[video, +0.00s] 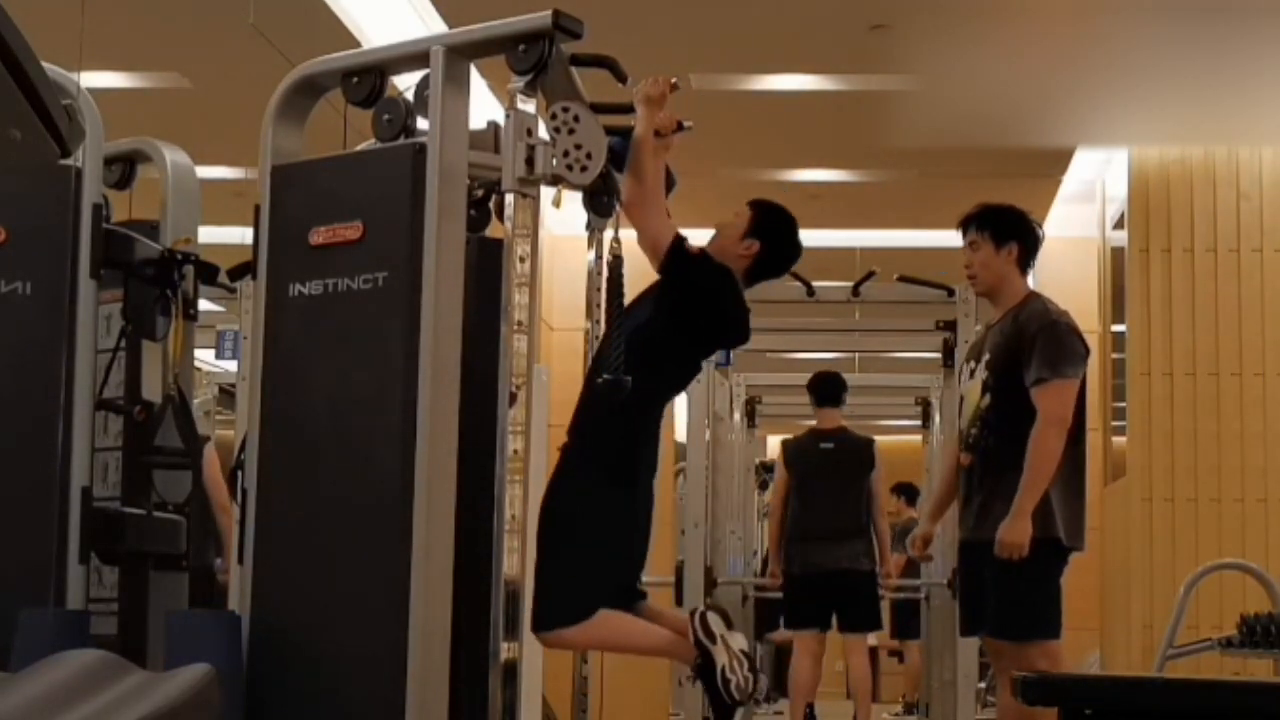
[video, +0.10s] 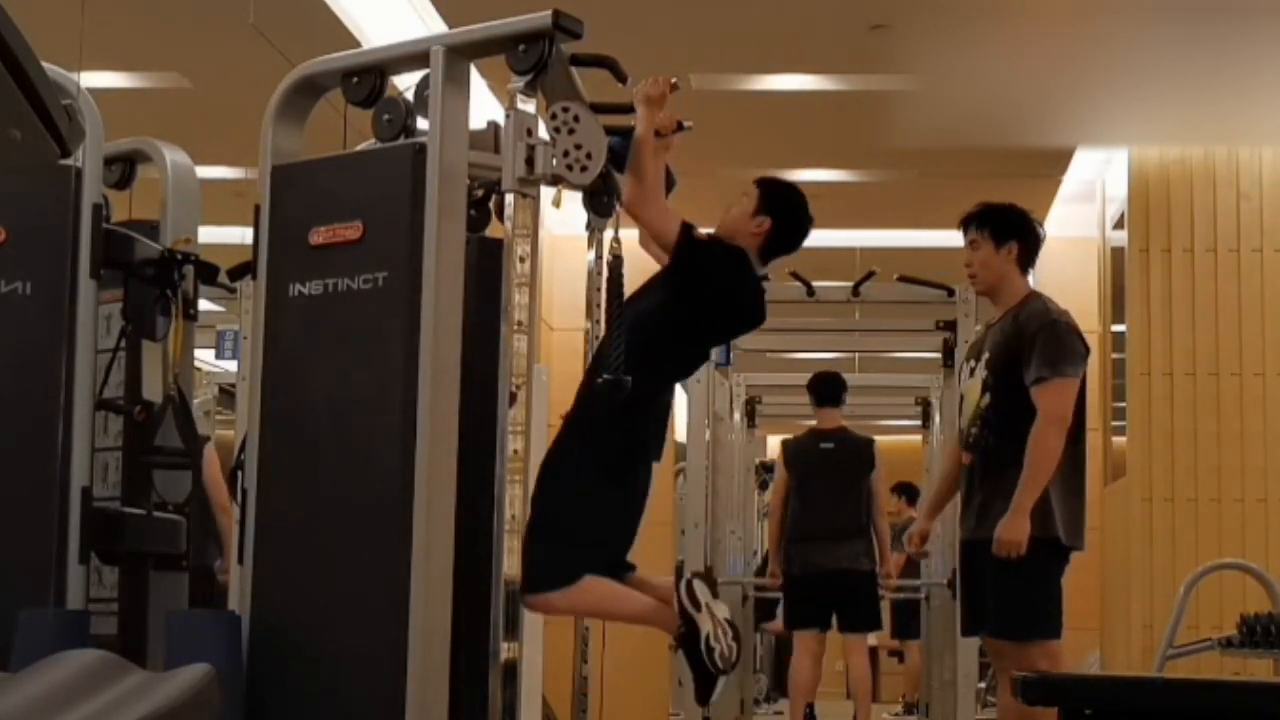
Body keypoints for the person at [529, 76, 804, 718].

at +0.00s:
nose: (722, 219)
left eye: (734, 219)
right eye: (732, 215)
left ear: (747, 248)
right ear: (751, 253)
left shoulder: (707, 286)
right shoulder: (707, 288)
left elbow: (642, 208)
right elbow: (646, 214)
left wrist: (644, 125)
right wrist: (656, 137)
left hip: (603, 455)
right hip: (621, 456)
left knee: (558, 621)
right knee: (607, 602)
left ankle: (699, 654)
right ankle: (702, 630)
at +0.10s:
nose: (730, 206)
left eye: (743, 201)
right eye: (740, 199)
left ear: (759, 223)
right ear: (769, 235)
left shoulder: (721, 265)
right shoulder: (732, 281)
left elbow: (643, 205)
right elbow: (647, 230)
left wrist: (644, 123)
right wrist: (657, 145)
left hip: (605, 427)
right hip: (628, 431)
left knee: (544, 589)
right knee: (593, 567)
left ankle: (680, 619)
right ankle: (686, 605)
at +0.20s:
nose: (737, 185)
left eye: (749, 180)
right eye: (747, 177)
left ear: (768, 197)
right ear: (775, 209)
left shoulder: (733, 243)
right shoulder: (752, 269)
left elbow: (644, 200)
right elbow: (651, 234)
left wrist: (647, 123)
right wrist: (657, 150)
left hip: (606, 398)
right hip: (635, 407)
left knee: (540, 550)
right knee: (581, 537)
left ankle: (663, 585)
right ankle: (669, 580)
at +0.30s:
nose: (736, 163)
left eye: (747, 154)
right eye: (743, 153)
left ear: (770, 170)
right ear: (782, 182)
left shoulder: (740, 215)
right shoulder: (763, 245)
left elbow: (642, 195)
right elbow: (655, 242)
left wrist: (646, 125)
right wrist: (657, 148)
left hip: (611, 367)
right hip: (640, 378)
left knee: (532, 508)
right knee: (577, 506)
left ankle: (651, 559)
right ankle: (655, 540)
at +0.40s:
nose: (731, 133)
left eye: (742, 124)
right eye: (739, 122)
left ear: (765, 139)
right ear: (776, 149)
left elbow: (642, 191)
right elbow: (653, 218)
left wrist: (645, 125)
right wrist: (658, 145)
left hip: (614, 337)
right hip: (644, 351)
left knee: (533, 479)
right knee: (571, 477)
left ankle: (640, 532)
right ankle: (646, 512)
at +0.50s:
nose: (720, 104)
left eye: (729, 95)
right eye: (726, 94)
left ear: (753, 107)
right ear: (766, 114)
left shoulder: (730, 160)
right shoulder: (757, 182)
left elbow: (642, 188)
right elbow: (646, 198)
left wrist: (646, 117)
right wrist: (659, 140)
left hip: (621, 310)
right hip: (645, 323)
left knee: (533, 450)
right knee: (572, 454)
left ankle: (634, 510)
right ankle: (645, 494)